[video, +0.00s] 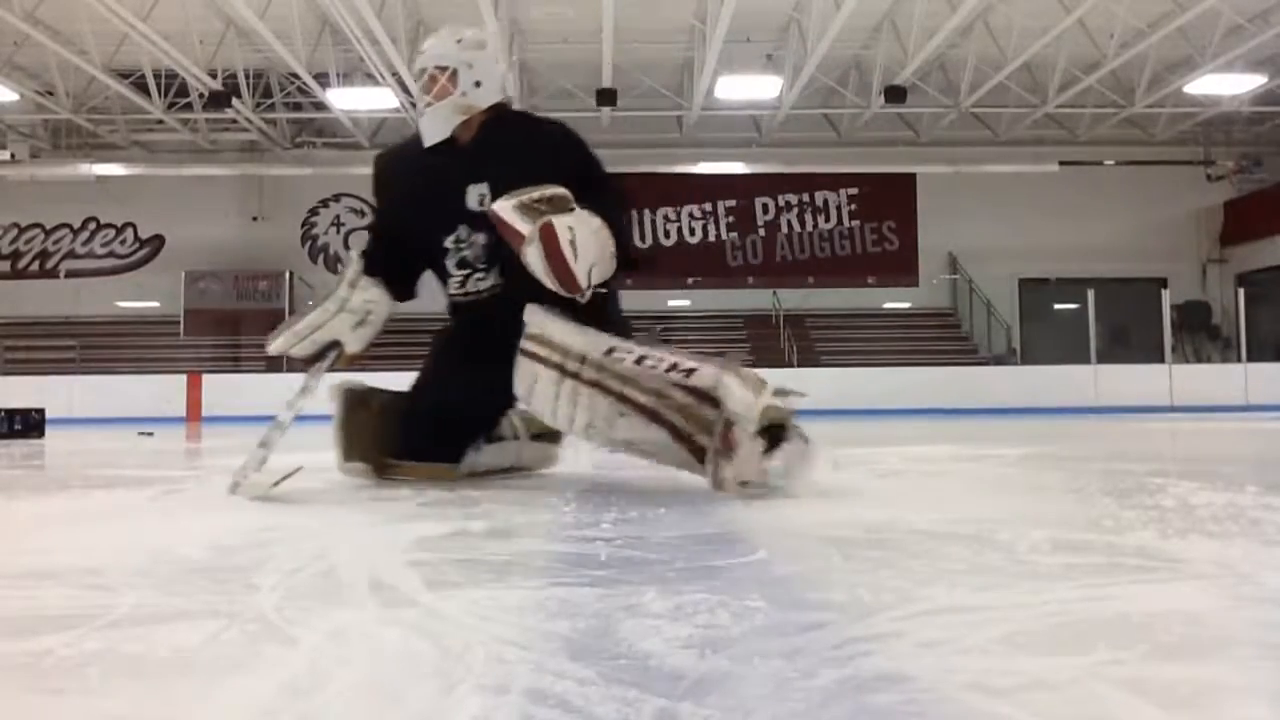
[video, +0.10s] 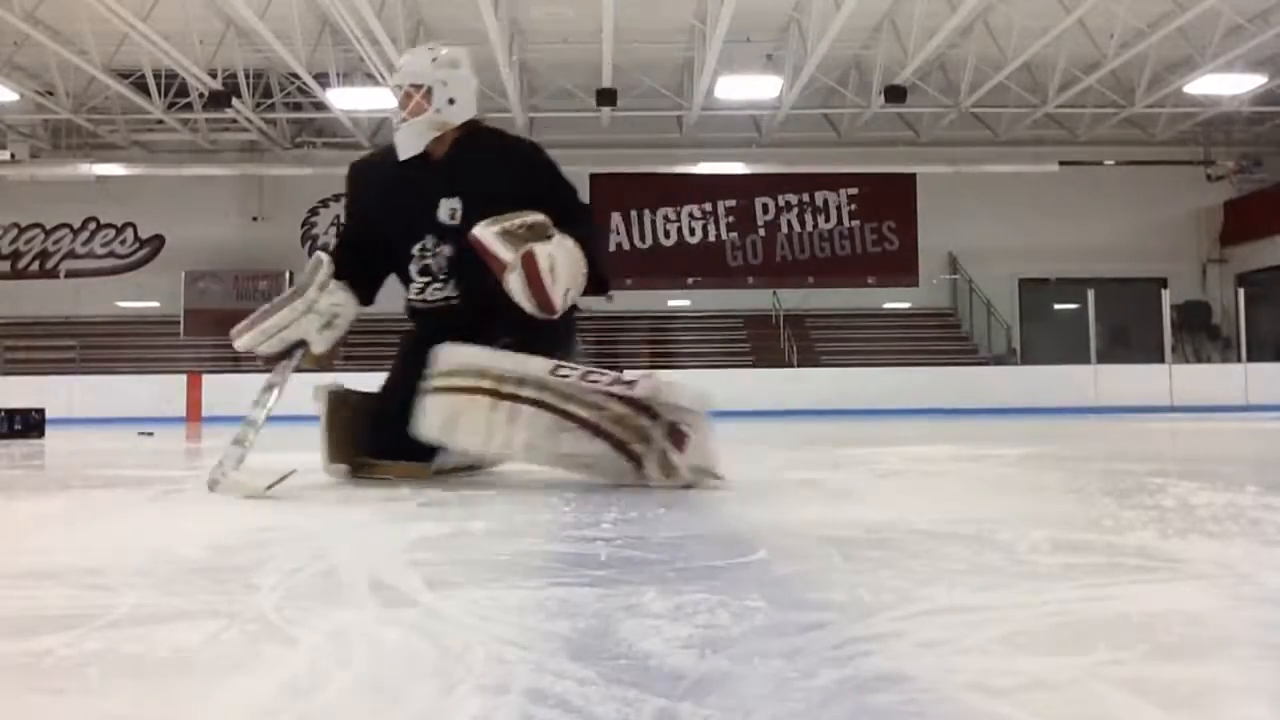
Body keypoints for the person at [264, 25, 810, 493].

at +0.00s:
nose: (426, 88)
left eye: (440, 76)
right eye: (422, 77)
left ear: (481, 78)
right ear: (421, 85)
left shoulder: (544, 141)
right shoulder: (406, 172)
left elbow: (612, 225)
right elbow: (394, 260)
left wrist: (580, 245)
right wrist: (357, 306)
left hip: (570, 318)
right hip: (476, 332)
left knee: (630, 397)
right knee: (422, 446)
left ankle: (739, 433)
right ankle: (520, 442)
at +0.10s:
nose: (401, 107)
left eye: (414, 95)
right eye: (398, 96)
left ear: (452, 98)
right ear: (406, 102)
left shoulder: (512, 160)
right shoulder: (381, 178)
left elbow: (582, 235)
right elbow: (361, 255)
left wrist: (563, 263)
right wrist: (335, 304)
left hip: (521, 329)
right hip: (435, 334)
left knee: (473, 419)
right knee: (389, 441)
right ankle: (496, 437)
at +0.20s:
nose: (383, 114)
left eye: (397, 102)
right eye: (384, 101)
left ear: (434, 109)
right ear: (392, 107)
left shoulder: (487, 170)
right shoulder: (361, 178)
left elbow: (548, 243)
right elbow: (340, 266)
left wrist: (524, 287)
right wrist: (299, 317)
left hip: (484, 348)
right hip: (401, 341)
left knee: (457, 461)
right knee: (369, 448)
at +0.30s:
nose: (361, 126)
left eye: (374, 115)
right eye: (363, 115)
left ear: (408, 121)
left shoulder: (454, 178)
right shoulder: (346, 185)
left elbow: (513, 258)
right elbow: (325, 271)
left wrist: (483, 307)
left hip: (455, 352)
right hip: (374, 346)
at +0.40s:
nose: (342, 137)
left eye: (355, 125)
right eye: (340, 126)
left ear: (390, 129)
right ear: (335, 128)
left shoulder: (426, 190)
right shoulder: (326, 189)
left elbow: (475, 278)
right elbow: (301, 257)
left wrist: (432, 336)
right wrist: (254, 288)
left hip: (420, 353)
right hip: (339, 345)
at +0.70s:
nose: (342, 171)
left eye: (354, 161)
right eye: (333, 159)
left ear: (372, 162)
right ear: (316, 157)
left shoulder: (393, 215)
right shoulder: (287, 194)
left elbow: (427, 296)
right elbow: (232, 250)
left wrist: (394, 345)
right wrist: (199, 306)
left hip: (362, 348)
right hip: (290, 331)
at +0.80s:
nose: (334, 173)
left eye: (345, 164)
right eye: (324, 162)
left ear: (363, 166)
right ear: (307, 160)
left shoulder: (381, 219)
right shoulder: (276, 197)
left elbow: (415, 299)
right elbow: (208, 249)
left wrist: (387, 346)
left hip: (344, 372)